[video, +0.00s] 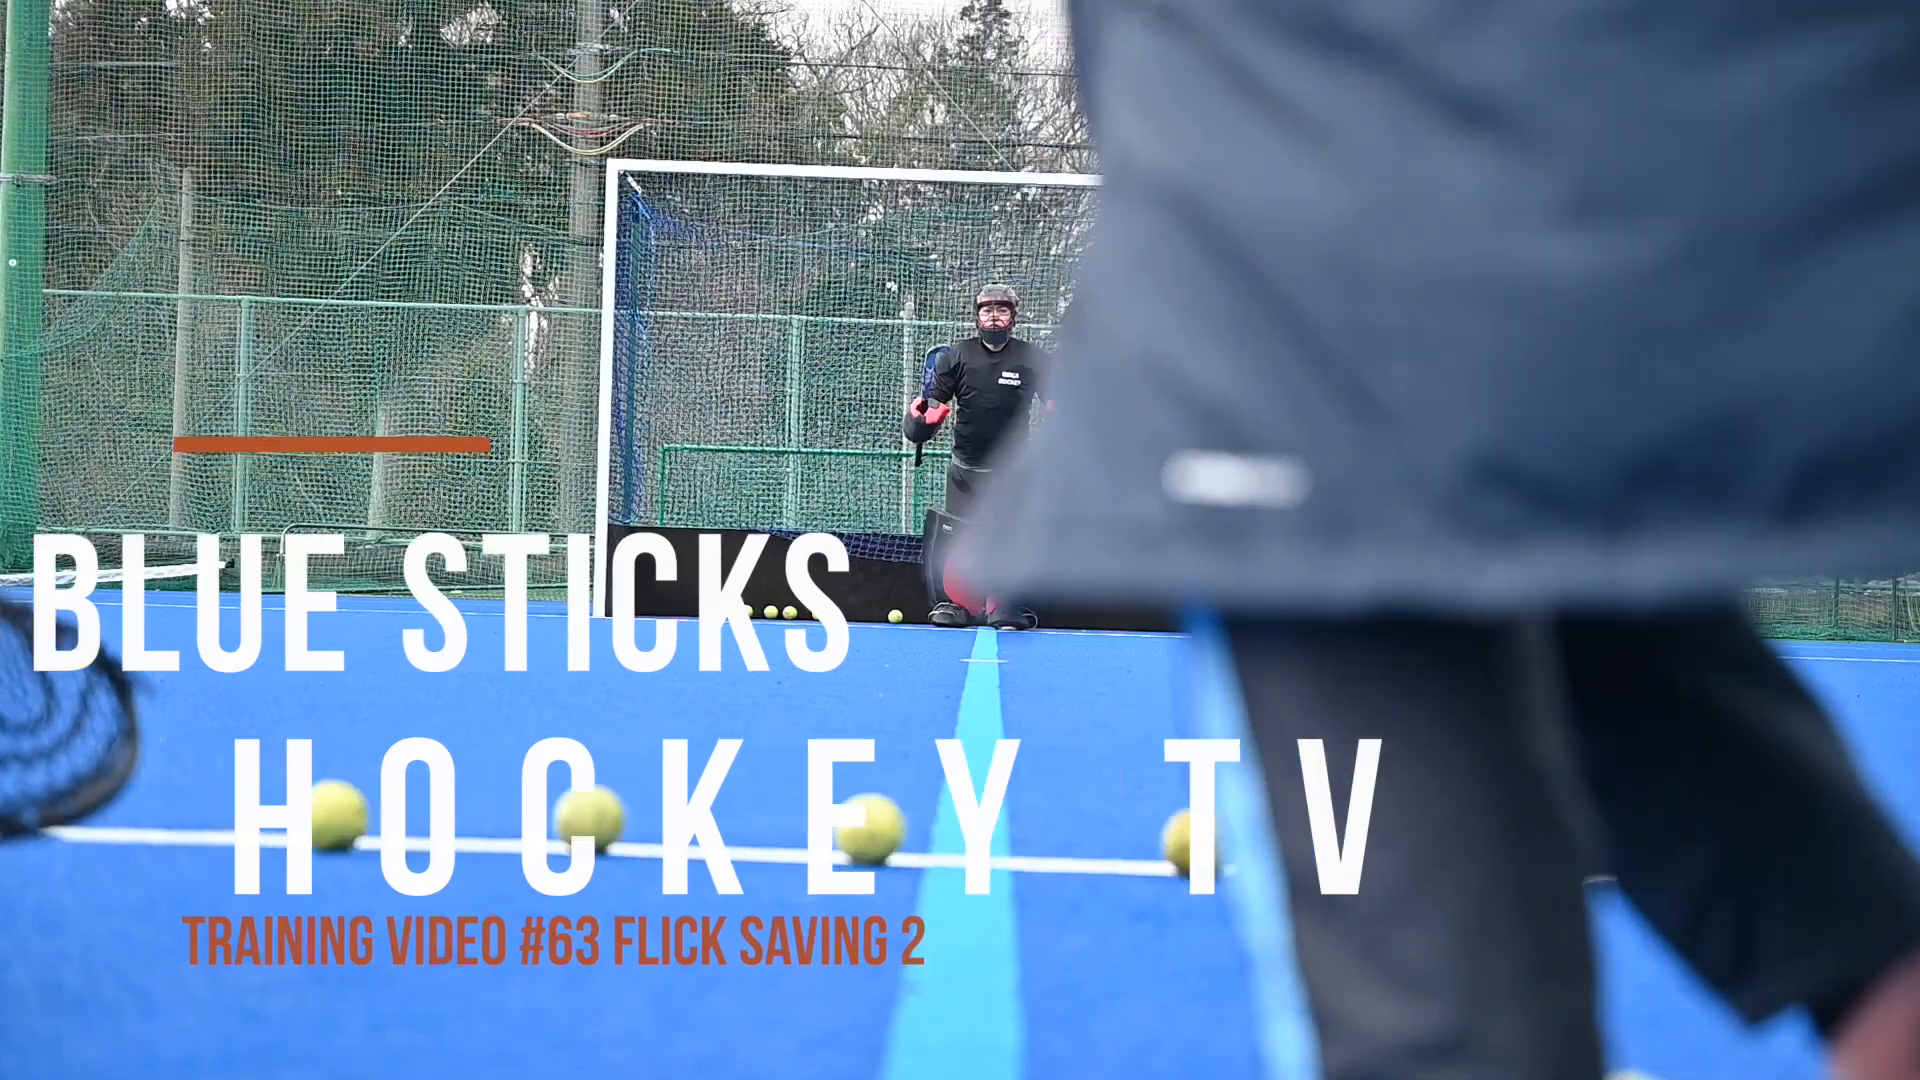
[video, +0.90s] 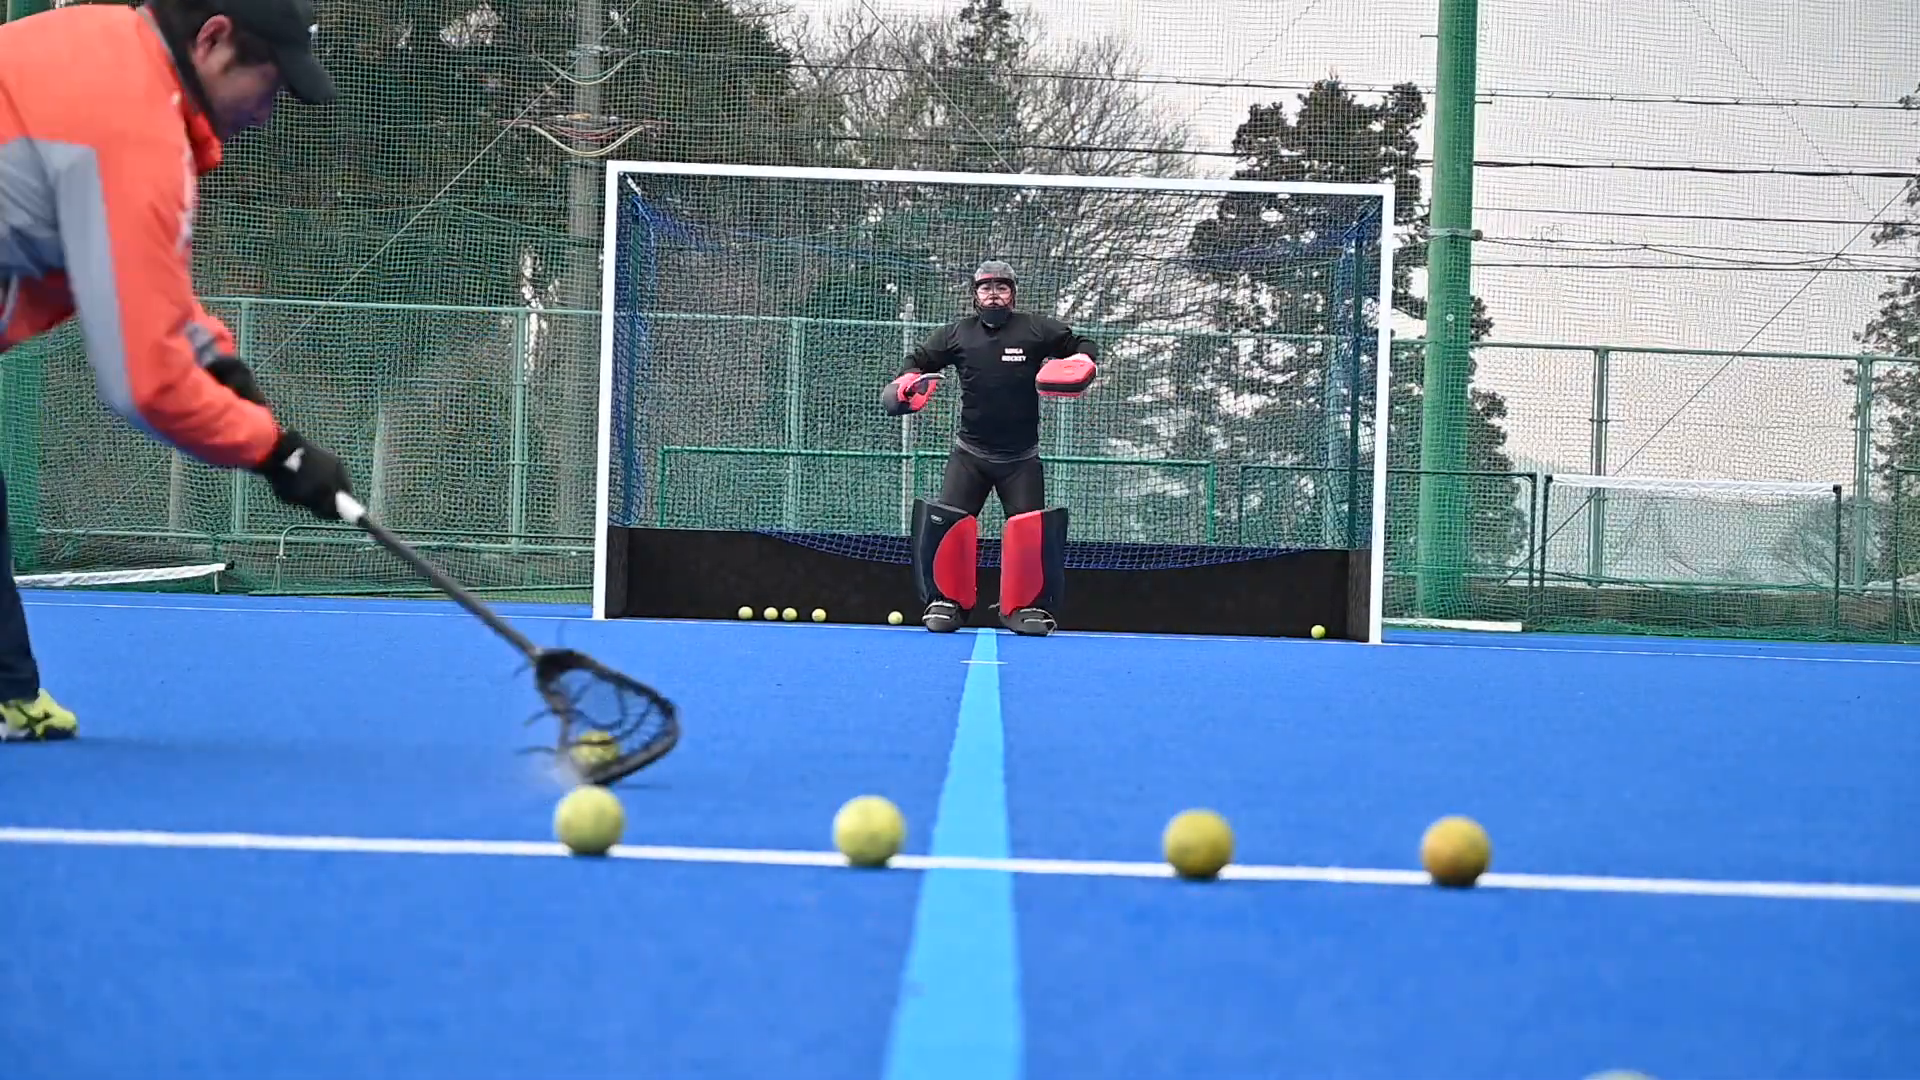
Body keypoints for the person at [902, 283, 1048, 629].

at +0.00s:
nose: (994, 315)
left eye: (1001, 309)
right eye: (987, 309)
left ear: (1013, 315)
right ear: (976, 315)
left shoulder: (1031, 359)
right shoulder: (956, 356)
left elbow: (1063, 401)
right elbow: (931, 405)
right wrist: (922, 423)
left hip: (1012, 462)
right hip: (965, 462)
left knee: (1008, 532)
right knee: (958, 532)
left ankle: (1010, 606)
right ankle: (957, 603)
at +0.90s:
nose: (993, 293)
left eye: (1001, 286)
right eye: (986, 286)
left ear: (1013, 293)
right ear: (975, 293)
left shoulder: (1037, 330)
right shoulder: (956, 335)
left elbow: (1083, 347)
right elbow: (914, 365)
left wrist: (1081, 365)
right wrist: (903, 389)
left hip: (1021, 457)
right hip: (970, 453)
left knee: (1027, 530)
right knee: (949, 522)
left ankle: (1024, 608)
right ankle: (946, 602)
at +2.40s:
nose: (619, 284)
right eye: (617, 278)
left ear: (575, 282)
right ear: (612, 280)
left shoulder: (550, 322)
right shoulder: (624, 317)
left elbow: (545, 380)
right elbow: (642, 375)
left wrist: (554, 398)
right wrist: (684, 391)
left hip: (579, 444)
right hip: (629, 441)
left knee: (568, 522)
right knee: (653, 502)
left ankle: (554, 599)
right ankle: (668, 581)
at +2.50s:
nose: (618, 279)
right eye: (613, 270)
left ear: (570, 277)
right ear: (607, 275)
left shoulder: (547, 318)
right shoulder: (618, 312)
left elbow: (550, 367)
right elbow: (623, 362)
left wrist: (588, 371)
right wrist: (667, 378)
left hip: (576, 437)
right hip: (625, 433)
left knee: (567, 518)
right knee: (655, 495)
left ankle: (551, 598)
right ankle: (679, 545)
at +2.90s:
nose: (645, 287)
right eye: (642, 281)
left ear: (601, 283)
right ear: (635, 283)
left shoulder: (573, 321)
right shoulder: (645, 317)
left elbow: (558, 375)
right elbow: (651, 372)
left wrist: (585, 395)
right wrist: (697, 384)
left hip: (592, 436)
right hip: (638, 437)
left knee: (578, 516)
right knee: (661, 513)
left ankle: (554, 592)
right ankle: (670, 593)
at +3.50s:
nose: (734, 286)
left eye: (732, 280)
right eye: (730, 280)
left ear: (695, 284)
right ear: (718, 284)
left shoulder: (672, 320)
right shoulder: (732, 324)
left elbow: (654, 379)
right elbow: (775, 369)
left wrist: (634, 424)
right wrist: (814, 357)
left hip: (674, 434)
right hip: (709, 435)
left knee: (718, 510)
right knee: (689, 520)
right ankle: (665, 599)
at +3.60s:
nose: (747, 290)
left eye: (745, 283)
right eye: (743, 284)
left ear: (708, 288)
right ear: (732, 287)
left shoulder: (687, 323)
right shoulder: (746, 326)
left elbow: (671, 381)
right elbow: (786, 368)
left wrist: (657, 422)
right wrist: (825, 357)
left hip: (688, 433)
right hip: (722, 436)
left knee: (730, 511)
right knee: (702, 518)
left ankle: (746, 593)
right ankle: (668, 593)